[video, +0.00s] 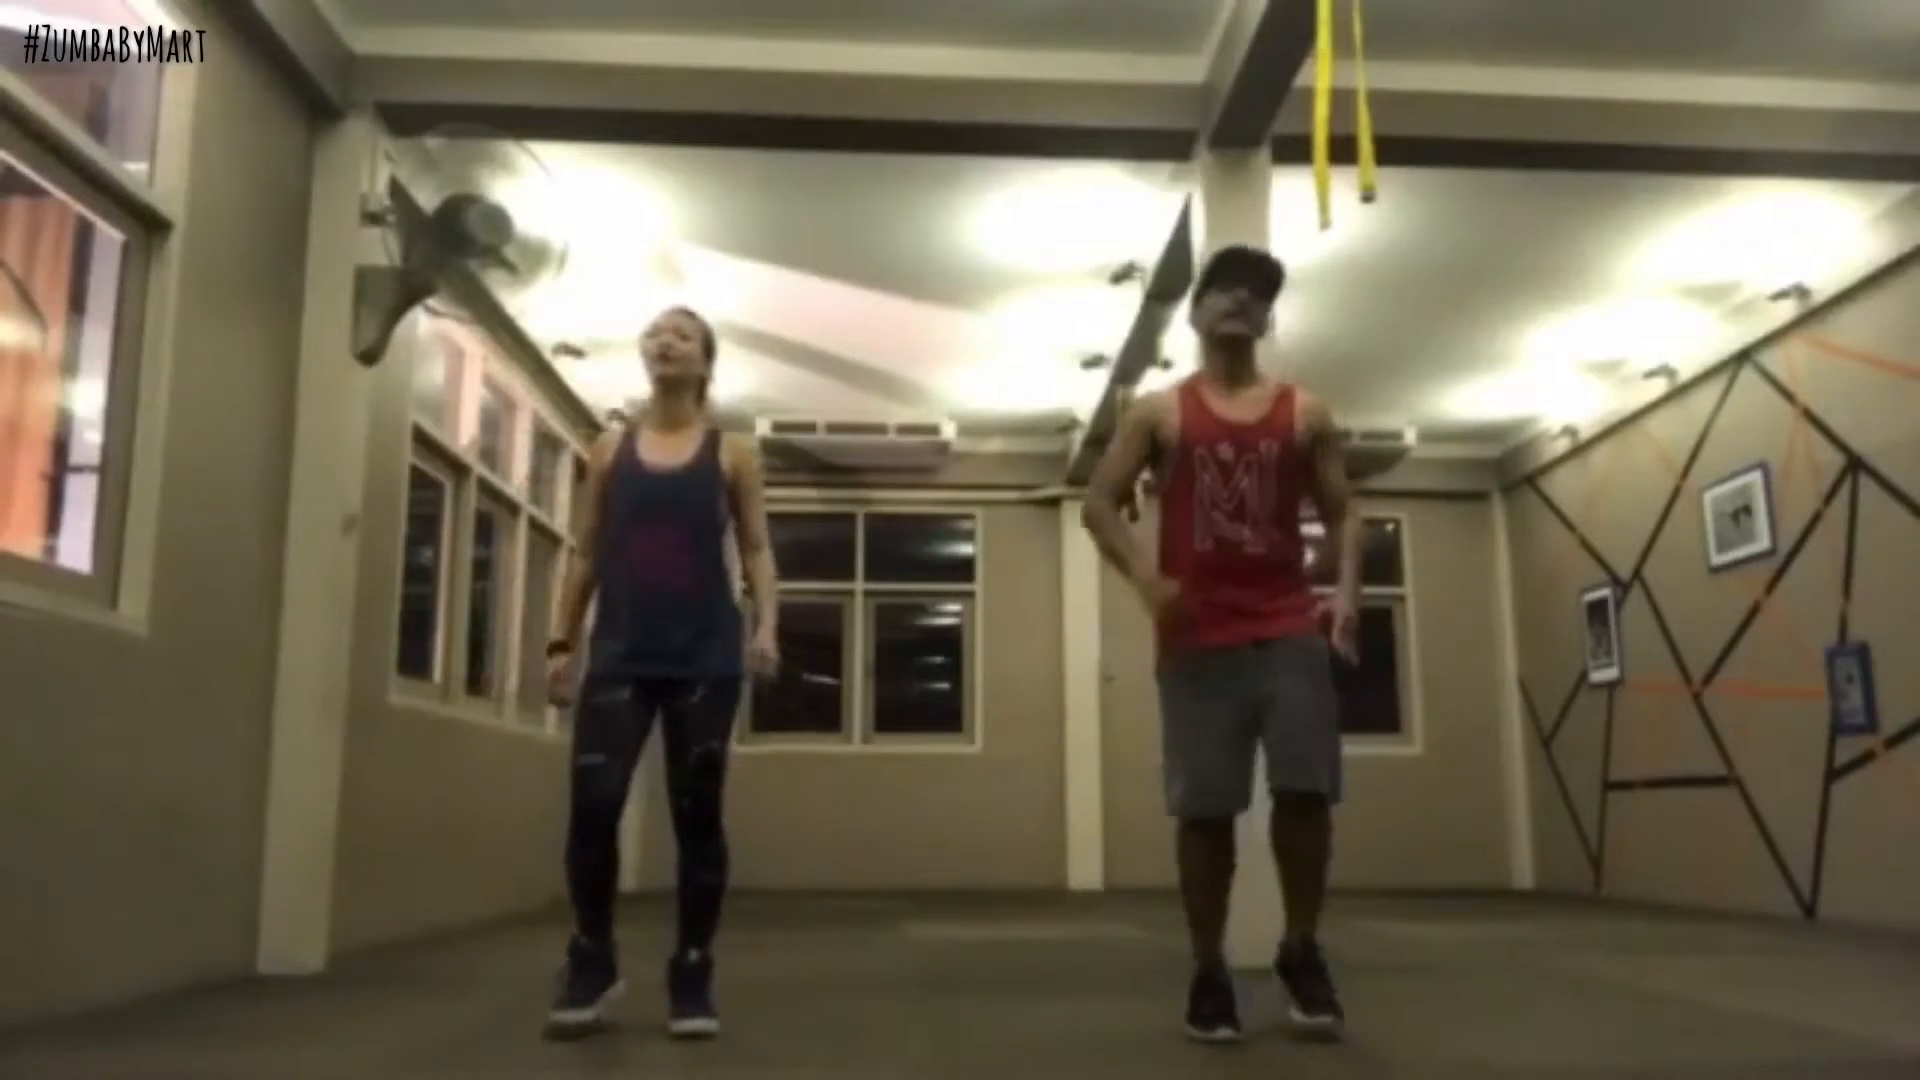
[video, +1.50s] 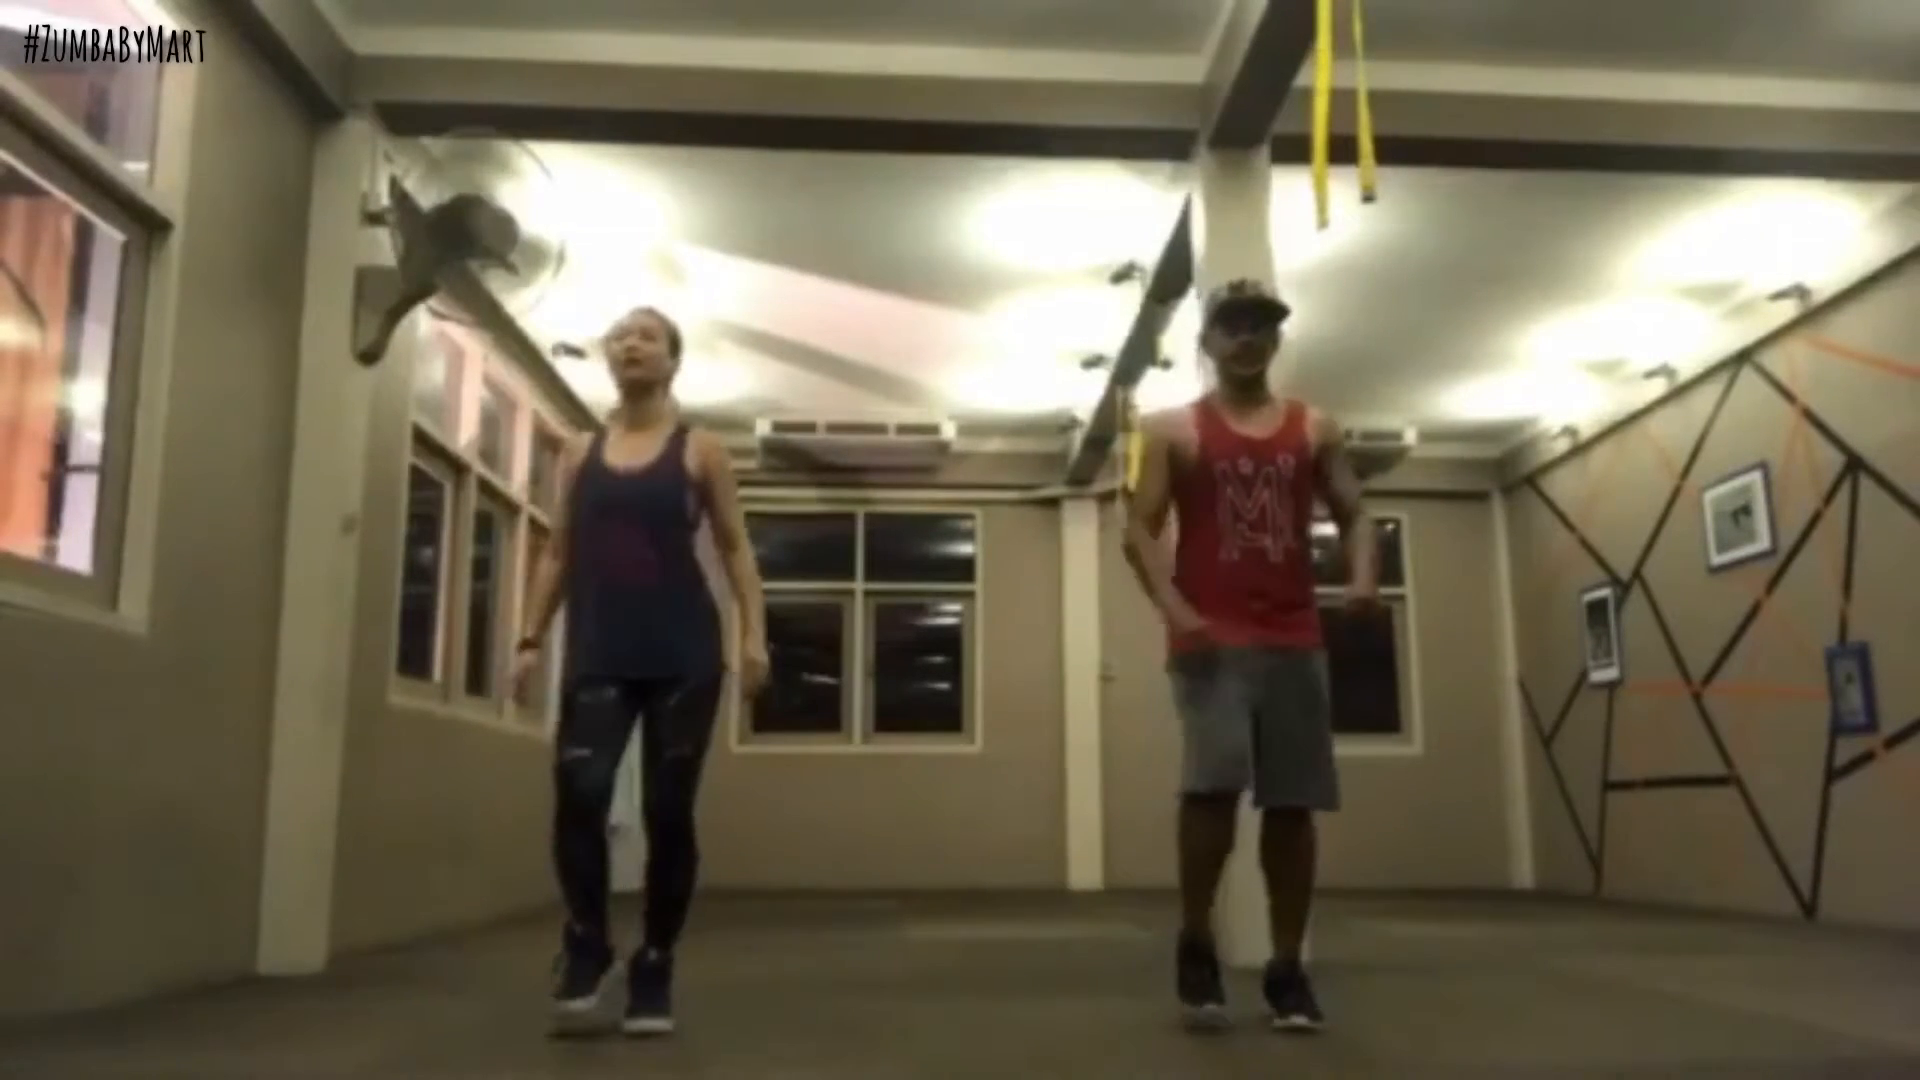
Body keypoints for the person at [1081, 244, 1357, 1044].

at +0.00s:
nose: (1235, 304)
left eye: (1250, 294)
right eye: (1221, 292)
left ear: (1269, 313)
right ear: (1195, 309)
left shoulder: (1304, 414)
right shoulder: (1159, 411)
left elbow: (1343, 511)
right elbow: (1100, 505)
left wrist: (1346, 592)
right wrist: (1147, 581)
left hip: (1292, 630)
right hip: (1199, 638)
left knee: (1305, 796)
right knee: (1205, 810)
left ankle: (1301, 951)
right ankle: (1209, 974)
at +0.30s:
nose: (1238, 308)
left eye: (1253, 299)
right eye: (1225, 296)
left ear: (1273, 319)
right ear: (1202, 314)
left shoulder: (1314, 417)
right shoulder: (1167, 423)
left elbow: (1364, 510)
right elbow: (1144, 521)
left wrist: (1368, 602)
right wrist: (1205, 534)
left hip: (1284, 647)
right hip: (1193, 649)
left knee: (1291, 817)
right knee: (1203, 817)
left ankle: (1298, 973)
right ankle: (1209, 978)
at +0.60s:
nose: (1253, 314)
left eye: (1266, 303)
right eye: (1239, 302)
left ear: (1283, 319)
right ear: (1212, 318)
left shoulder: (1320, 412)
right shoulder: (1180, 413)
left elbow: (1359, 505)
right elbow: (1126, 503)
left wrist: (1344, 527)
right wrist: (1150, 593)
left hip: (1296, 627)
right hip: (1214, 626)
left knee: (1297, 801)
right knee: (1220, 788)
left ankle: (1297, 965)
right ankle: (1203, 939)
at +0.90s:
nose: (1235, 332)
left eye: (1249, 322)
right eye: (1222, 320)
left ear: (1267, 337)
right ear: (1196, 334)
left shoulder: (1291, 423)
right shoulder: (1160, 425)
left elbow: (1333, 504)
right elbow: (1095, 508)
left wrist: (1327, 559)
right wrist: (1136, 596)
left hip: (1277, 637)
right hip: (1190, 642)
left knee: (1289, 803)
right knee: (1196, 812)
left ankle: (1293, 968)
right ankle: (1195, 972)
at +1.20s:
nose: (1237, 339)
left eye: (1251, 327)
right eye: (1223, 325)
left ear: (1266, 337)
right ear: (1197, 334)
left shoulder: (1291, 422)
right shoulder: (1160, 427)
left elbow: (1332, 509)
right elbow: (1136, 518)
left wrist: (1343, 597)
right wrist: (1215, 533)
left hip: (1272, 641)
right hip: (1187, 643)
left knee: (1276, 807)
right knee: (1194, 810)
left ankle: (1286, 963)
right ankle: (1195, 972)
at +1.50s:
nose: (1249, 343)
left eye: (1262, 331)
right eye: (1234, 331)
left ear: (1278, 341)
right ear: (1208, 340)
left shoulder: (1312, 430)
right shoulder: (1175, 432)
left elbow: (1354, 514)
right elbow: (1138, 533)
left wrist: (1362, 580)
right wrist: (1174, 610)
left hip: (1293, 637)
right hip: (1213, 638)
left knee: (1292, 805)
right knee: (1213, 794)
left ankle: (1287, 966)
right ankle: (1197, 946)